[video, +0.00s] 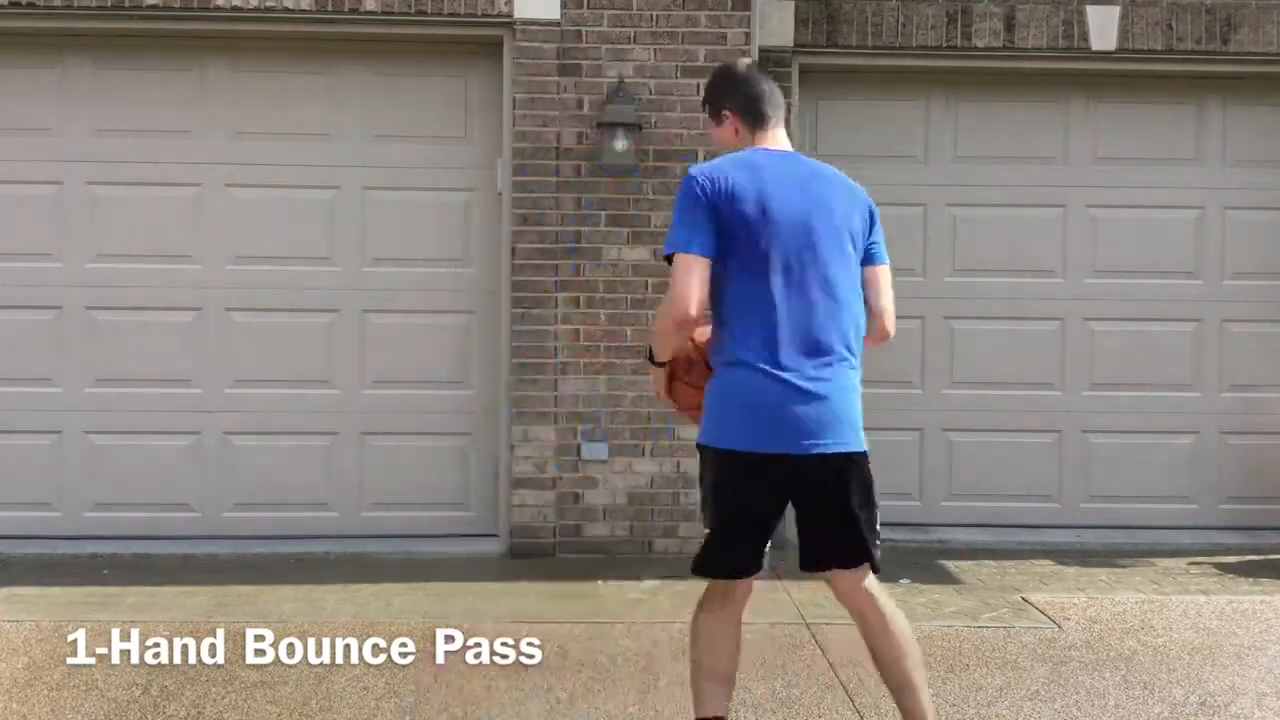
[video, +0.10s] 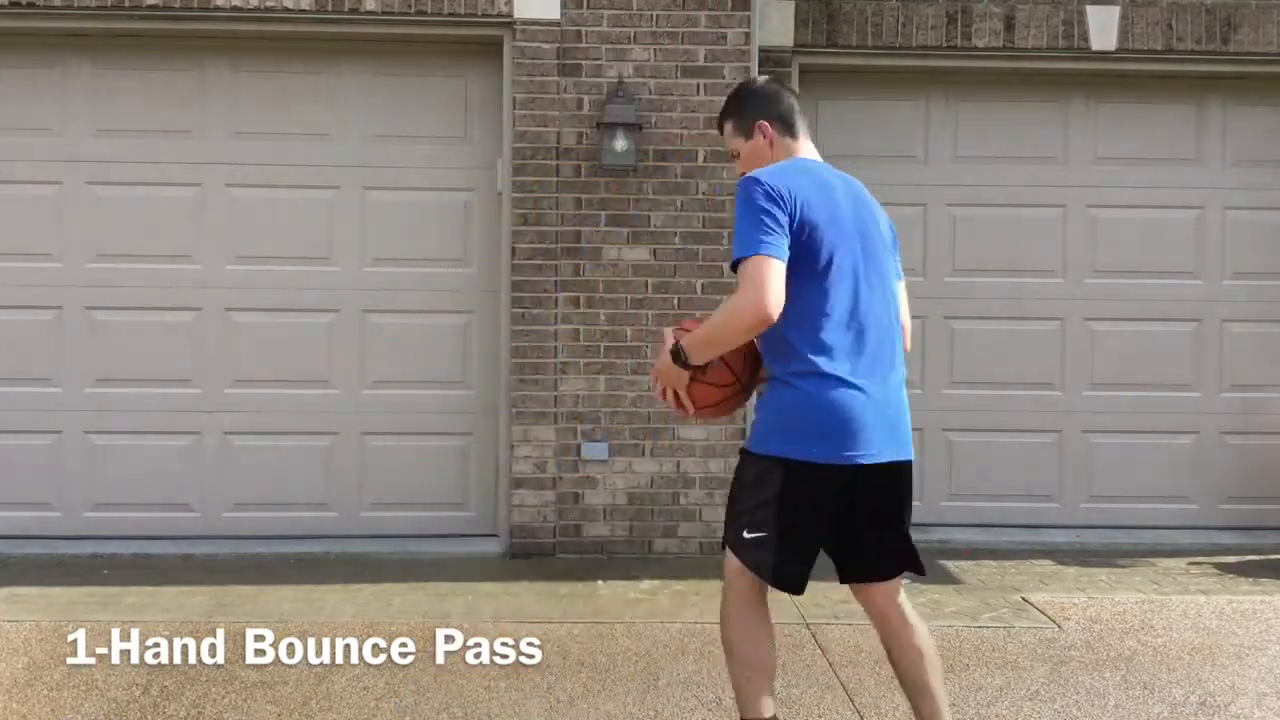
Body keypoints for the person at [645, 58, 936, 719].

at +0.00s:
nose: (708, 138)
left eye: (709, 126)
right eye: (708, 126)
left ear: (728, 121)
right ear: (780, 119)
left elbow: (685, 308)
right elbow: (882, 325)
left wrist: (662, 353)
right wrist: (807, 336)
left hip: (744, 427)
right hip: (833, 426)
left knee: (726, 590)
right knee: (858, 583)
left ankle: (710, 715)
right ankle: (921, 715)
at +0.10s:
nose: (738, 170)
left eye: (736, 153)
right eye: (734, 156)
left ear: (763, 134)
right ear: (793, 133)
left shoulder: (770, 186)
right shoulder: (870, 205)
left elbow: (761, 303)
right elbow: (897, 334)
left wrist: (684, 351)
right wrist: (770, 358)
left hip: (800, 433)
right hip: (883, 435)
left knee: (745, 578)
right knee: (883, 589)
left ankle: (756, 713)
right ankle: (935, 715)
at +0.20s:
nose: (752, 177)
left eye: (750, 159)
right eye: (745, 165)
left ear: (782, 132)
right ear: (796, 135)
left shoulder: (809, 181)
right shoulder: (869, 188)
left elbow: (840, 293)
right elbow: (869, 310)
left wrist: (745, 353)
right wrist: (760, 352)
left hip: (851, 419)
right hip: (916, 422)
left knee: (769, 576)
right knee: (884, 584)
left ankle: (804, 715)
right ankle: (937, 714)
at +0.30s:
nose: (760, 171)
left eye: (760, 153)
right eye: (753, 159)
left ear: (795, 124)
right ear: (799, 129)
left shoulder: (844, 176)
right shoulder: (845, 181)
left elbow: (904, 286)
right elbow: (851, 311)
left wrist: (827, 358)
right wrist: (776, 351)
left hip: (876, 422)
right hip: (912, 421)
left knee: (796, 586)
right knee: (890, 589)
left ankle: (842, 716)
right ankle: (940, 715)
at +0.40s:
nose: (764, 167)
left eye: (765, 148)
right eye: (756, 155)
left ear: (804, 120)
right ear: (803, 128)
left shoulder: (870, 176)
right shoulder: (838, 195)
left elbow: (942, 289)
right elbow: (860, 317)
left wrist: (890, 358)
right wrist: (791, 343)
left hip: (900, 425)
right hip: (882, 423)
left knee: (818, 593)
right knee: (888, 593)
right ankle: (939, 715)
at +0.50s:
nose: (765, 167)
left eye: (766, 147)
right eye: (757, 155)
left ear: (806, 118)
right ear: (804, 126)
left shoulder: (884, 180)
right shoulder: (832, 203)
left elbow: (958, 293)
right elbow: (852, 323)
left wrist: (917, 368)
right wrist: (791, 355)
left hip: (907, 436)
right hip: (879, 436)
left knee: (840, 607)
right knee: (890, 602)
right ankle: (935, 716)